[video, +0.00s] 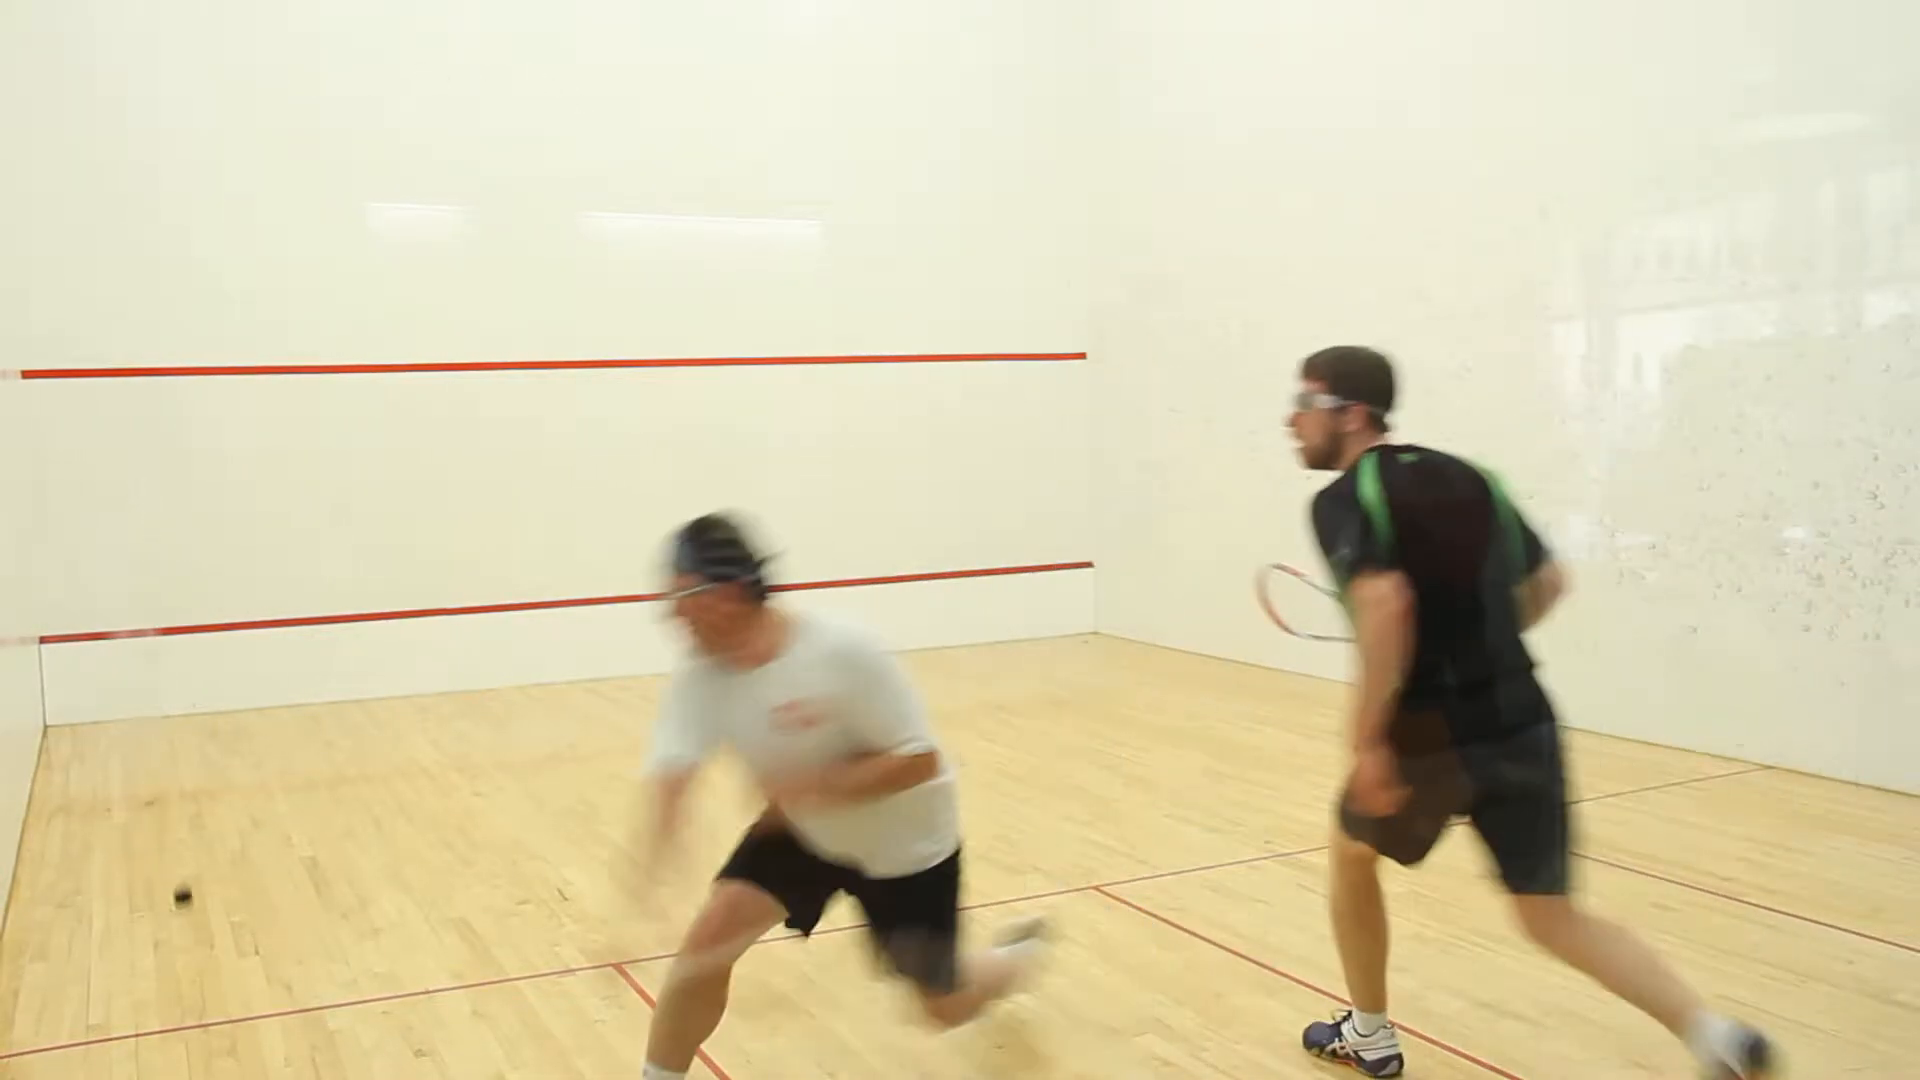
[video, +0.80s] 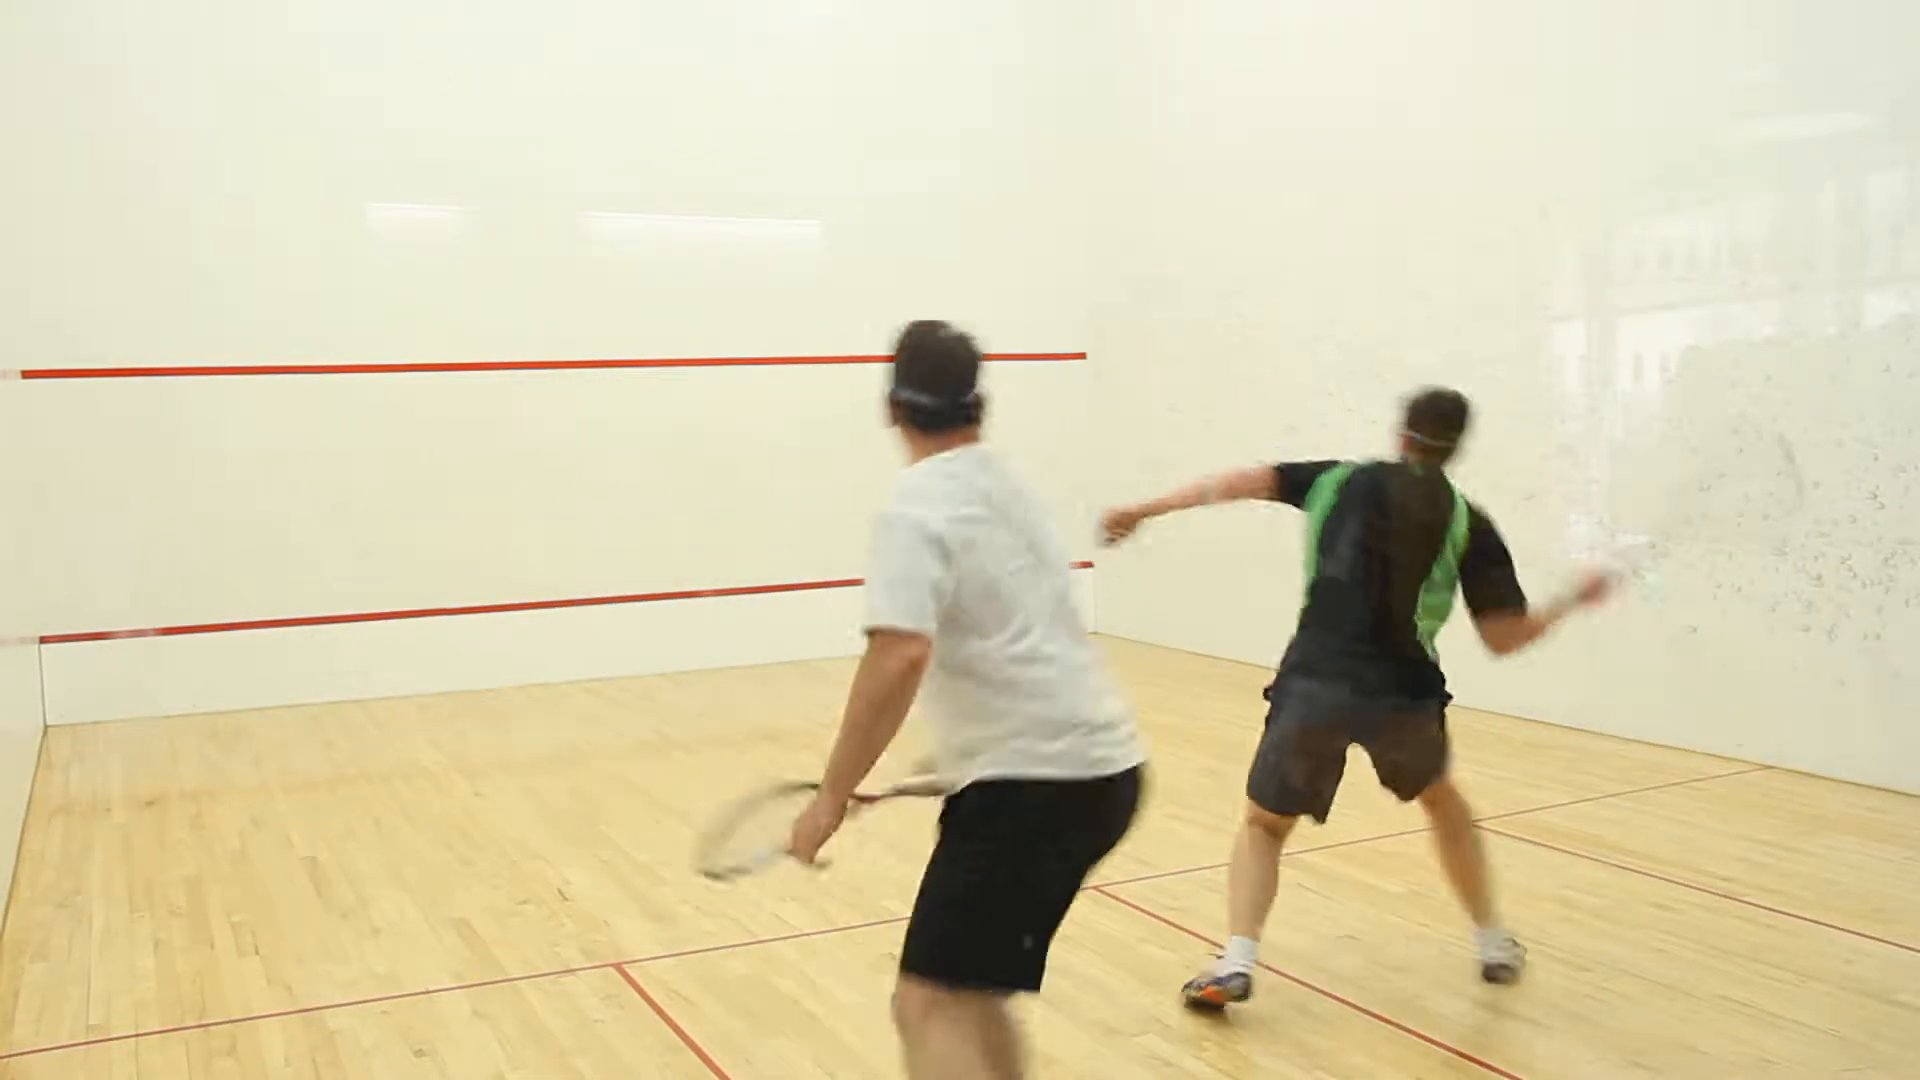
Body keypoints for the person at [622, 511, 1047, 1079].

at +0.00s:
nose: (683, 622)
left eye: (691, 605)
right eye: (678, 606)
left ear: (734, 593)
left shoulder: (846, 651)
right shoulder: (704, 676)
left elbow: (920, 760)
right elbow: (669, 778)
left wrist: (818, 787)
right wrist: (655, 860)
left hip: (907, 843)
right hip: (802, 832)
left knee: (946, 1004)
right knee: (708, 943)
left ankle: (1025, 952)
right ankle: (661, 1074)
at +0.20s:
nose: (564, 613)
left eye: (564, 596)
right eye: (561, 597)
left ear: (596, 598)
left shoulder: (758, 643)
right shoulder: (643, 681)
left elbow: (877, 736)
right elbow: (694, 808)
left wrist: (978, 845)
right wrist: (674, 931)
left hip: (859, 837)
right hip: (753, 825)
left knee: (771, 993)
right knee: (681, 980)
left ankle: (737, 1038)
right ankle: (655, 1077)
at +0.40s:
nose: (629, 525)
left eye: (628, 512)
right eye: (631, 507)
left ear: (639, 522)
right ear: (715, 494)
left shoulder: (768, 603)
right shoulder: (705, 599)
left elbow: (898, 703)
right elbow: (702, 727)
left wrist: (984, 813)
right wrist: (620, 832)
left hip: (895, 810)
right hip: (802, 809)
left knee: (790, 998)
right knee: (714, 958)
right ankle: (668, 1072)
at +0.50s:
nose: (691, 516)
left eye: (692, 501)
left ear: (701, 514)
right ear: (779, 495)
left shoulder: (797, 610)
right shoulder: (775, 599)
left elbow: (891, 761)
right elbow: (751, 728)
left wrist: (940, 907)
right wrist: (644, 810)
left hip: (909, 853)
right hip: (846, 839)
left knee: (779, 1061)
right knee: (718, 967)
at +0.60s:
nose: (759, 493)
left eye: (761, 480)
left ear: (770, 497)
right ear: (851, 482)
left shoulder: (835, 599)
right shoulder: (873, 570)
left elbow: (879, 767)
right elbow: (828, 729)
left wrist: (859, 945)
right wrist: (724, 794)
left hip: (940, 868)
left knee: (781, 1060)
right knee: (754, 990)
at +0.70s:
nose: (830, 440)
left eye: (831, 428)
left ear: (837, 442)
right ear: (921, 437)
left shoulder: (880, 544)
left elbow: (882, 713)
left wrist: (819, 863)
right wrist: (849, 779)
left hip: (966, 827)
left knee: (874, 1044)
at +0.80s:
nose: (889, 409)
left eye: (889, 396)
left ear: (894, 408)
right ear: (978, 402)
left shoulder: (918, 504)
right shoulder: (1013, 488)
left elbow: (899, 653)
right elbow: (1044, 644)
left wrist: (831, 797)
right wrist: (963, 757)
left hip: (1024, 783)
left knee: (927, 1001)